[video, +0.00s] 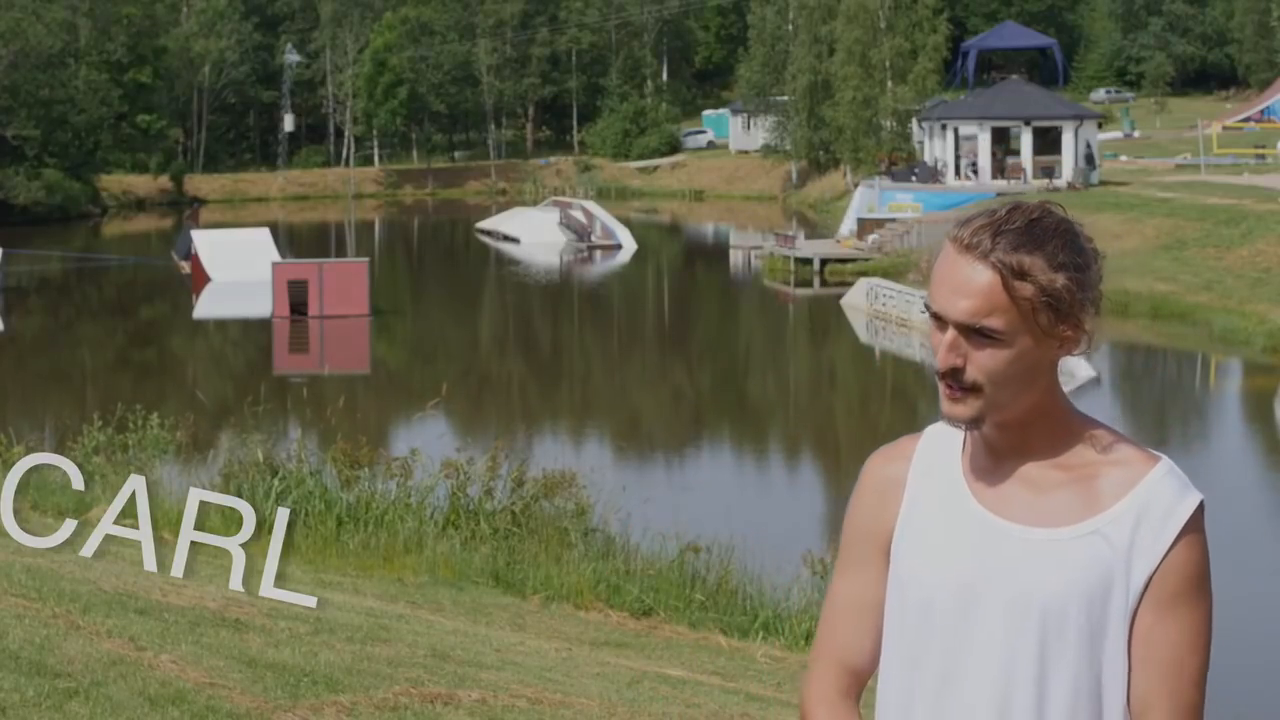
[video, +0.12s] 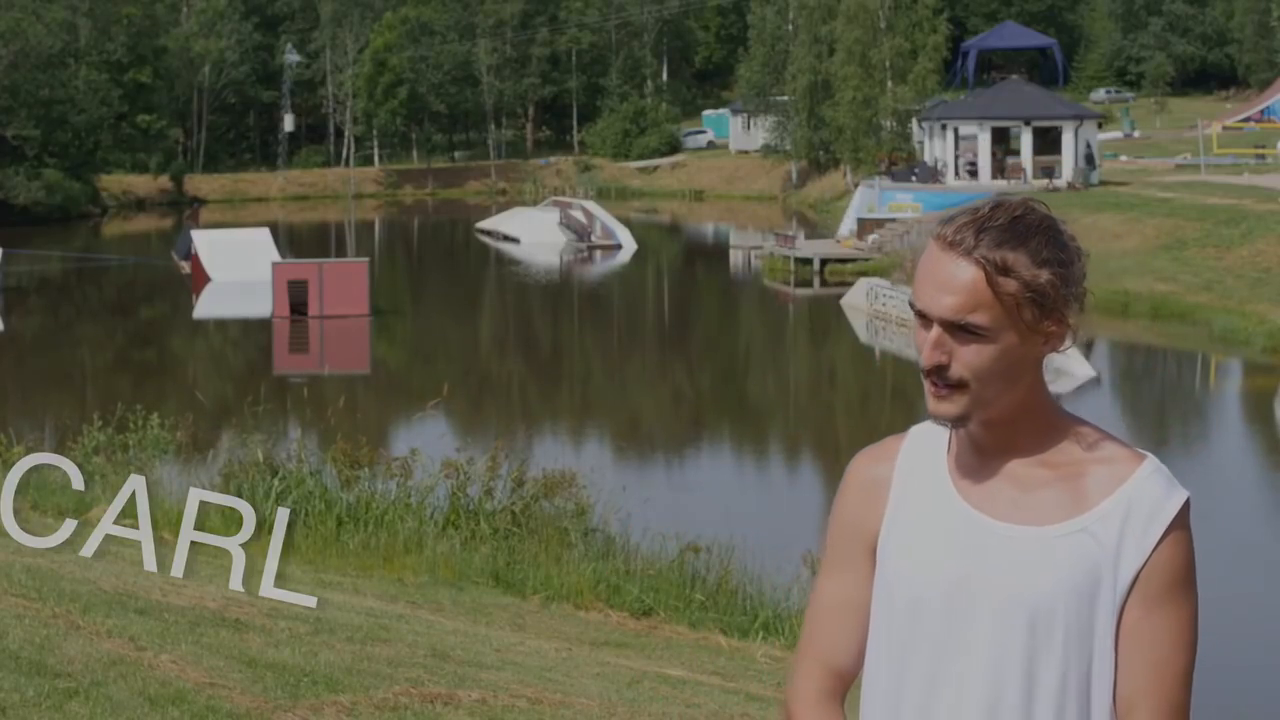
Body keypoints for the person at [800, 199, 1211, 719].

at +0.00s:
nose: (946, 358)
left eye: (983, 335)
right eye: (939, 323)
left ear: (1065, 337)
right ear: (929, 309)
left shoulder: (1155, 509)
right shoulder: (893, 478)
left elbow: (1164, 711)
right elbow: (831, 688)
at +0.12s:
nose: (931, 355)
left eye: (967, 331)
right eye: (923, 320)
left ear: (1050, 333)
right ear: (913, 308)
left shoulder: (1141, 507)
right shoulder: (877, 479)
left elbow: (1150, 710)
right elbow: (816, 689)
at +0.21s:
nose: (920, 355)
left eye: (957, 331)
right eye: (913, 320)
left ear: (1040, 332)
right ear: (903, 308)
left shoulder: (1133, 507)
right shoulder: (868, 480)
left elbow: (1142, 709)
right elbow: (809, 687)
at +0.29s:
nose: (911, 355)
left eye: (947, 331)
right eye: (903, 320)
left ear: (1030, 333)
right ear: (893, 308)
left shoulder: (1125, 508)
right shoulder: (861, 480)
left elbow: (1134, 710)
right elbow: (801, 693)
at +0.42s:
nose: (897, 352)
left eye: (932, 328)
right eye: (889, 318)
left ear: (1016, 330)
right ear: (877, 310)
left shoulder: (1114, 505)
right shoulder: (853, 480)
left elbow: (1125, 709)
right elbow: (793, 693)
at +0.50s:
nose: (888, 352)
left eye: (922, 325)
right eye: (880, 318)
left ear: (1004, 329)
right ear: (868, 309)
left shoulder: (1107, 499)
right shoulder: (850, 481)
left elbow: (1122, 705)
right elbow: (794, 688)